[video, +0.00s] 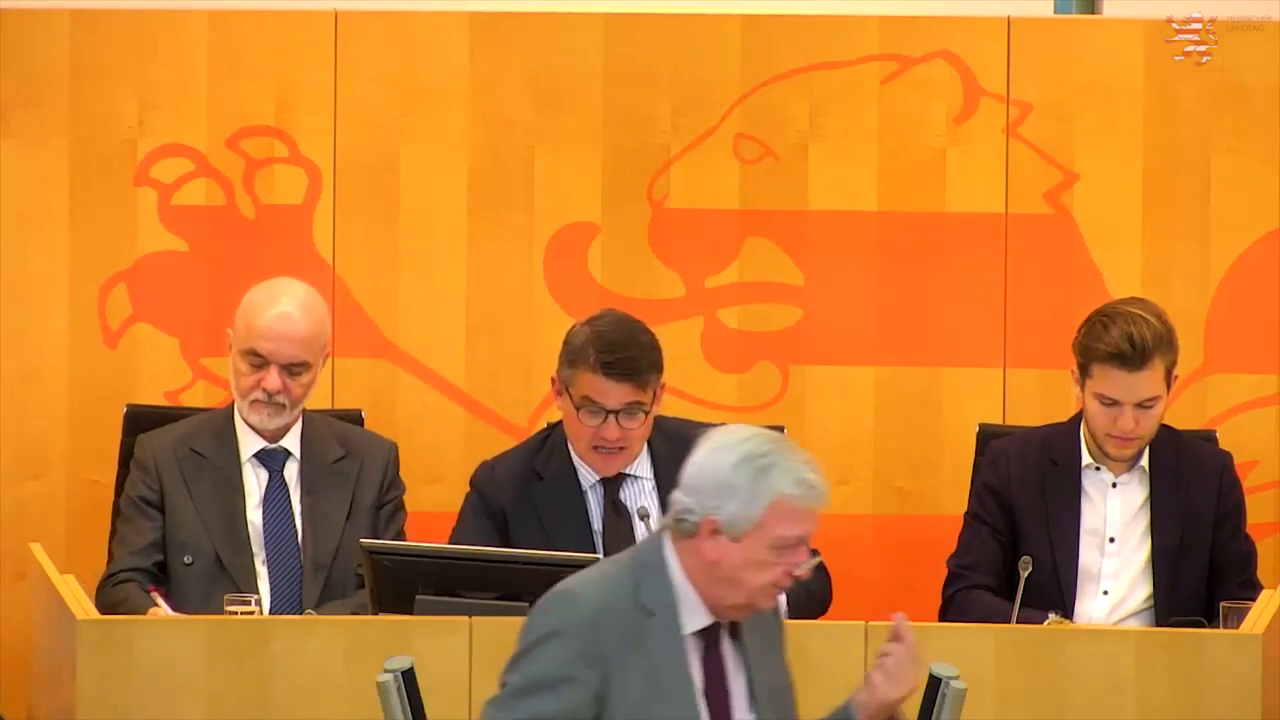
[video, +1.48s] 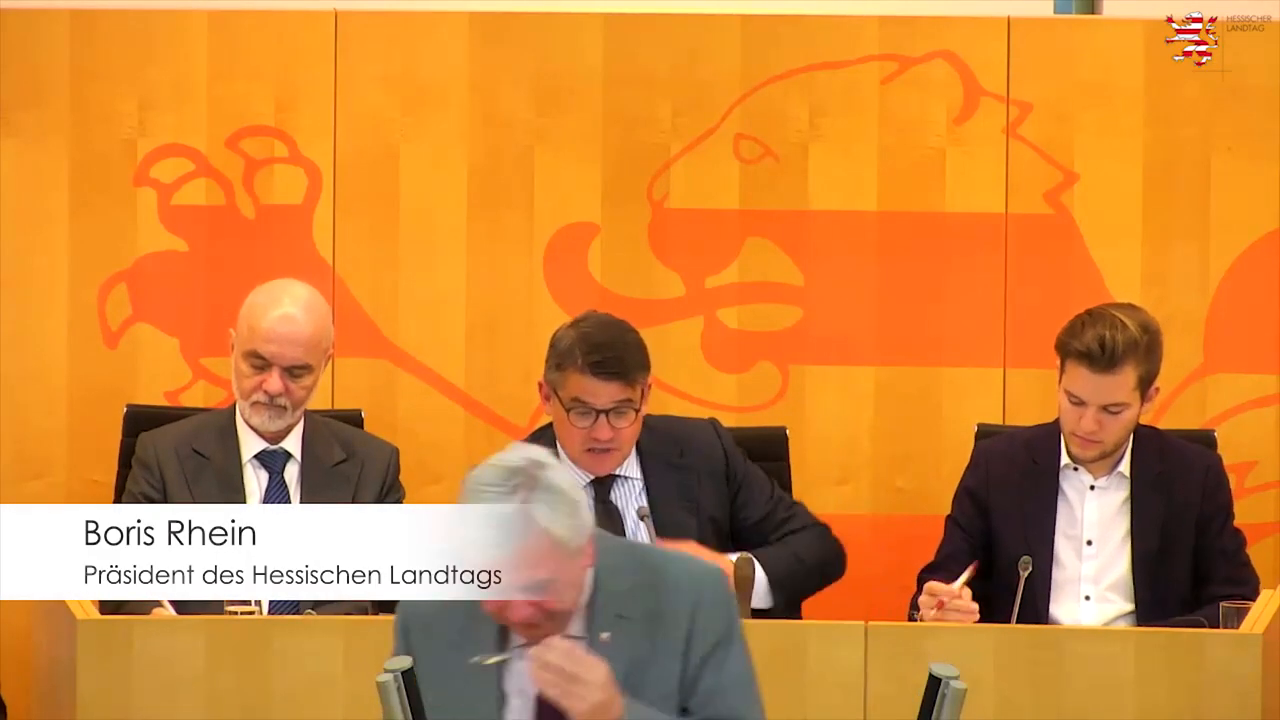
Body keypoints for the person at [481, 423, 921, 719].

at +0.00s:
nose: (802, 568)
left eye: (807, 547)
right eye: (785, 548)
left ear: (719, 540)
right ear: (713, 537)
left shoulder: (758, 605)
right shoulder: (580, 618)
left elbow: (775, 714)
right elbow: (515, 714)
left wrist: (864, 706)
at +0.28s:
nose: (886, 549)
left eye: (890, 527)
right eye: (871, 527)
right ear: (798, 514)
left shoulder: (831, 591)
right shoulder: (670, 590)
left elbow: (880, 711)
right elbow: (603, 709)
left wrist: (921, 618)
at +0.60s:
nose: (883, 560)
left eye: (891, 537)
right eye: (865, 536)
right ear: (793, 514)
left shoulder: (855, 587)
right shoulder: (672, 596)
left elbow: (885, 709)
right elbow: (602, 712)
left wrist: (929, 663)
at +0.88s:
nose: (804, 579)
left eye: (823, 556)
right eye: (782, 557)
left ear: (843, 531)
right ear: (726, 524)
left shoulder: (876, 585)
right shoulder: (616, 594)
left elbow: (903, 717)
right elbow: (551, 715)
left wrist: (889, 672)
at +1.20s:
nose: (653, 610)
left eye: (676, 586)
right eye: (628, 588)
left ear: (712, 547)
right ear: (594, 555)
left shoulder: (800, 592)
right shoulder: (523, 616)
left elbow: (847, 714)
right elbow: (486, 716)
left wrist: (755, 691)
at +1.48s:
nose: (516, 613)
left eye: (540, 589)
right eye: (491, 587)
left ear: (588, 555)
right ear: (468, 568)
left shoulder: (691, 595)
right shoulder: (426, 608)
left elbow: (734, 714)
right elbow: (408, 711)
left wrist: (617, 710)